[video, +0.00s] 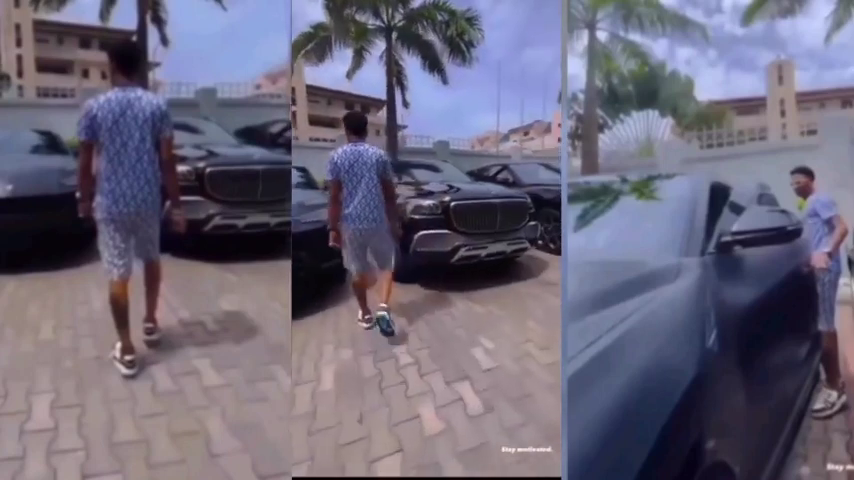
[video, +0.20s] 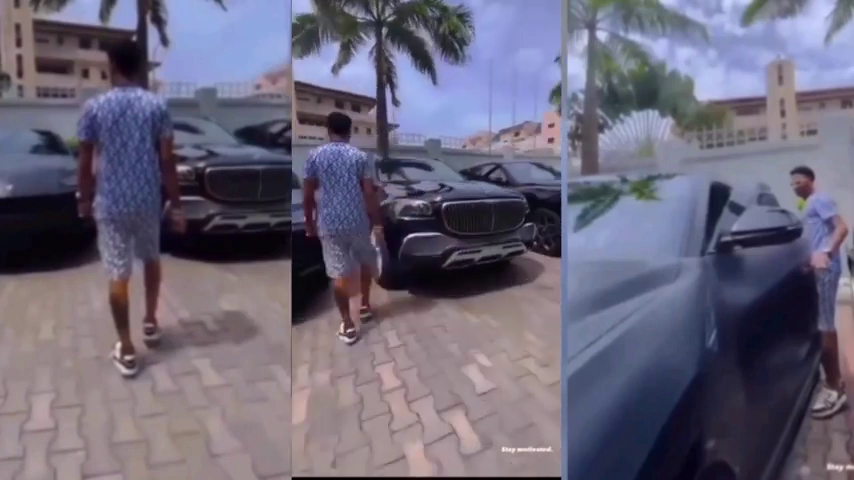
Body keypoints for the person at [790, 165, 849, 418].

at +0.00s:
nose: (796, 187)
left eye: (799, 183)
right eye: (793, 184)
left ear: (811, 181)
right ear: (797, 185)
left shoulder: (821, 201)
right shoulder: (809, 205)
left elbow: (842, 227)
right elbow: (820, 234)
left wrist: (827, 253)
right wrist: (810, 255)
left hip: (825, 268)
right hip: (815, 268)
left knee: (825, 327)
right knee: (822, 327)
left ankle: (834, 388)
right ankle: (830, 385)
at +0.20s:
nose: (796, 187)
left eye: (799, 183)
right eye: (793, 184)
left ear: (811, 181)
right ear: (797, 185)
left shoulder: (821, 201)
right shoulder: (809, 205)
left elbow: (842, 227)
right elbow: (820, 234)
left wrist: (827, 253)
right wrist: (810, 255)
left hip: (825, 268)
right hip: (815, 268)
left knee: (825, 327)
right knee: (822, 327)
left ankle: (834, 388)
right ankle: (830, 385)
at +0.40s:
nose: (796, 187)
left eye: (799, 183)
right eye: (793, 184)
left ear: (811, 181)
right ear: (797, 185)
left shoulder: (821, 201)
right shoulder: (809, 205)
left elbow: (842, 227)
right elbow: (820, 234)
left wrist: (827, 253)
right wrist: (810, 255)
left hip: (825, 268)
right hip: (815, 268)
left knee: (825, 327)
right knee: (822, 327)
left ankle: (834, 388)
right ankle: (830, 385)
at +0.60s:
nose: (796, 187)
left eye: (799, 183)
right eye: (793, 184)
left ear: (811, 181)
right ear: (797, 185)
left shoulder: (821, 201)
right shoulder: (809, 205)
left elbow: (842, 227)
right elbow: (820, 234)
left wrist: (827, 253)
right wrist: (810, 255)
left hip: (825, 268)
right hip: (815, 268)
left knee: (825, 327)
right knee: (822, 327)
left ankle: (834, 388)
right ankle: (830, 385)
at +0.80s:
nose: (796, 187)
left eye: (799, 183)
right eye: (793, 184)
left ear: (811, 181)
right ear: (797, 185)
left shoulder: (821, 201)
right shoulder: (809, 205)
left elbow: (842, 227)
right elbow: (820, 234)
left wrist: (827, 253)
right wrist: (810, 255)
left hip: (825, 268)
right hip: (815, 268)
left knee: (825, 327)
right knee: (822, 327)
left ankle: (834, 388)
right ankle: (830, 385)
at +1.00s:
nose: (796, 187)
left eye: (799, 183)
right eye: (793, 184)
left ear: (811, 181)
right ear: (797, 185)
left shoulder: (821, 201)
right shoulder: (809, 205)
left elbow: (842, 227)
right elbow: (820, 234)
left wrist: (827, 253)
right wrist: (810, 255)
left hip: (825, 268)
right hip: (815, 268)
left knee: (825, 327)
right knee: (822, 327)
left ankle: (834, 388)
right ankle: (830, 385)